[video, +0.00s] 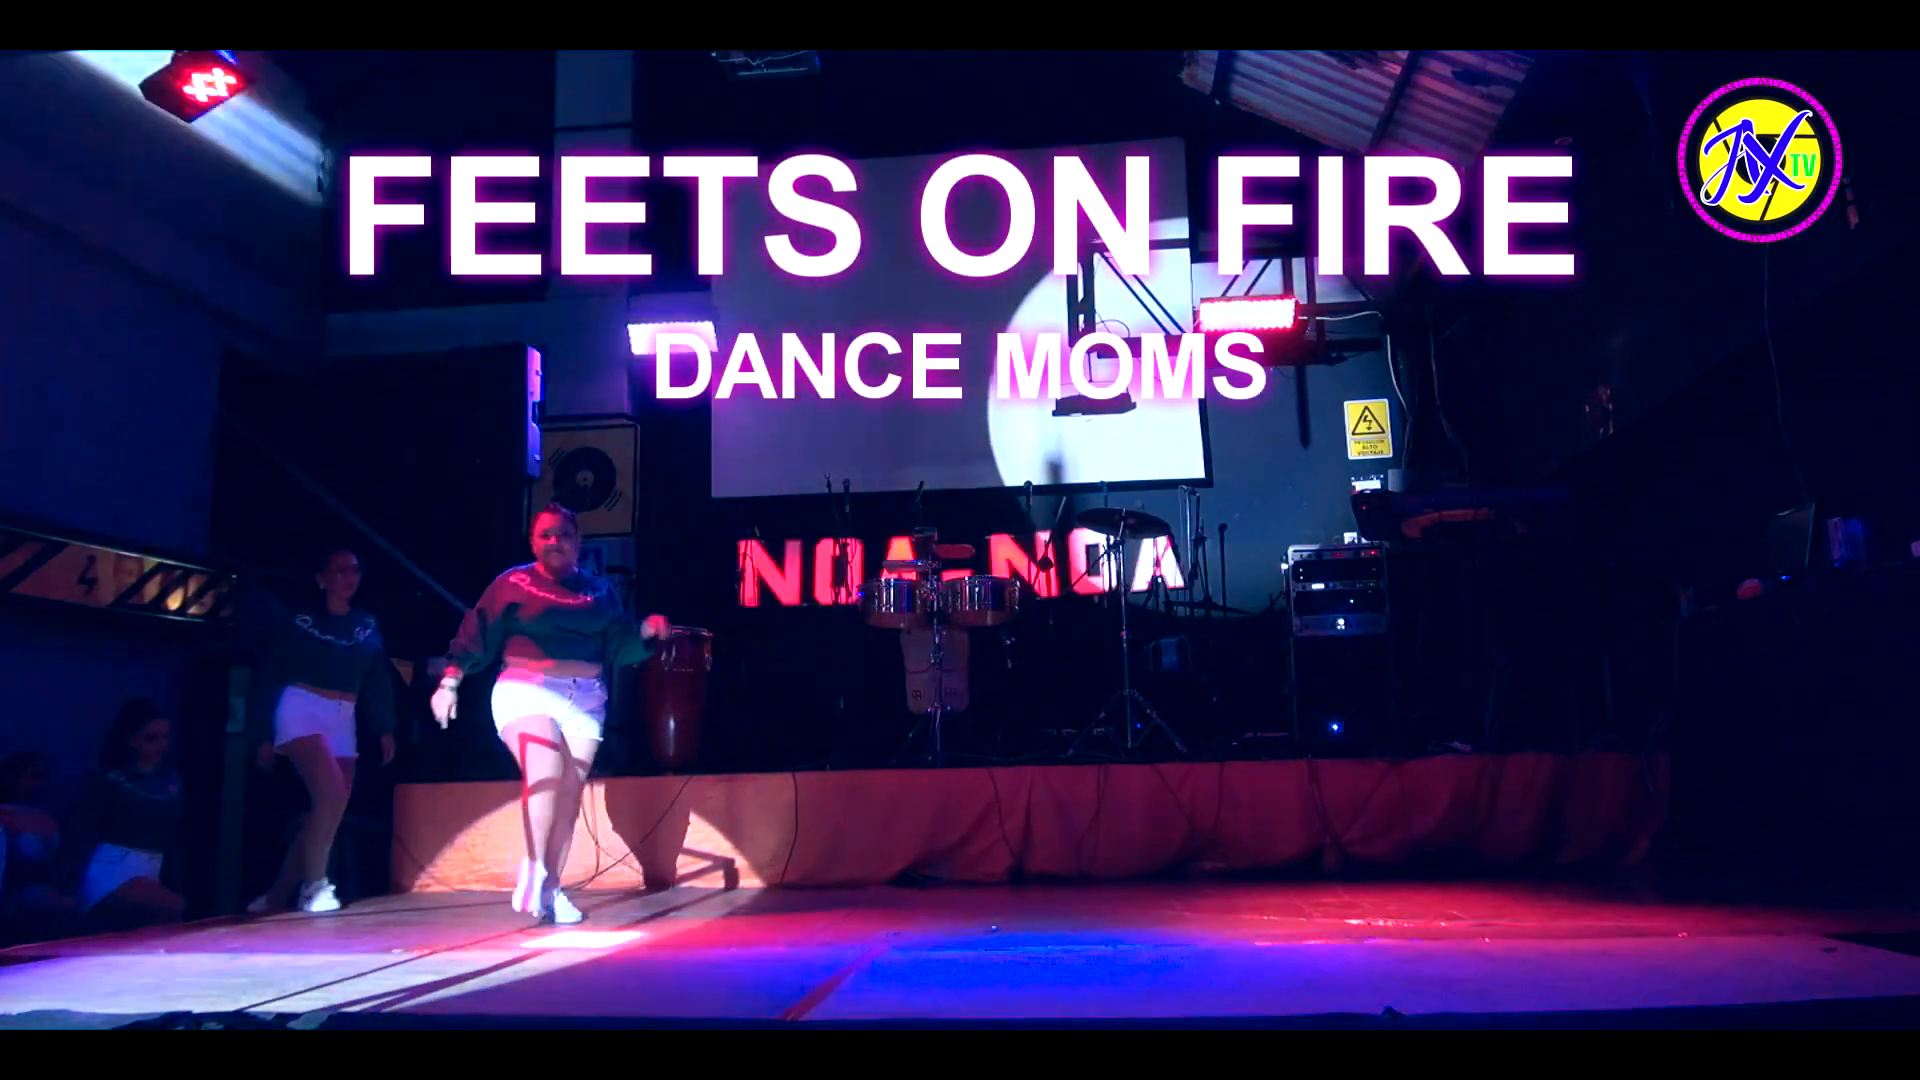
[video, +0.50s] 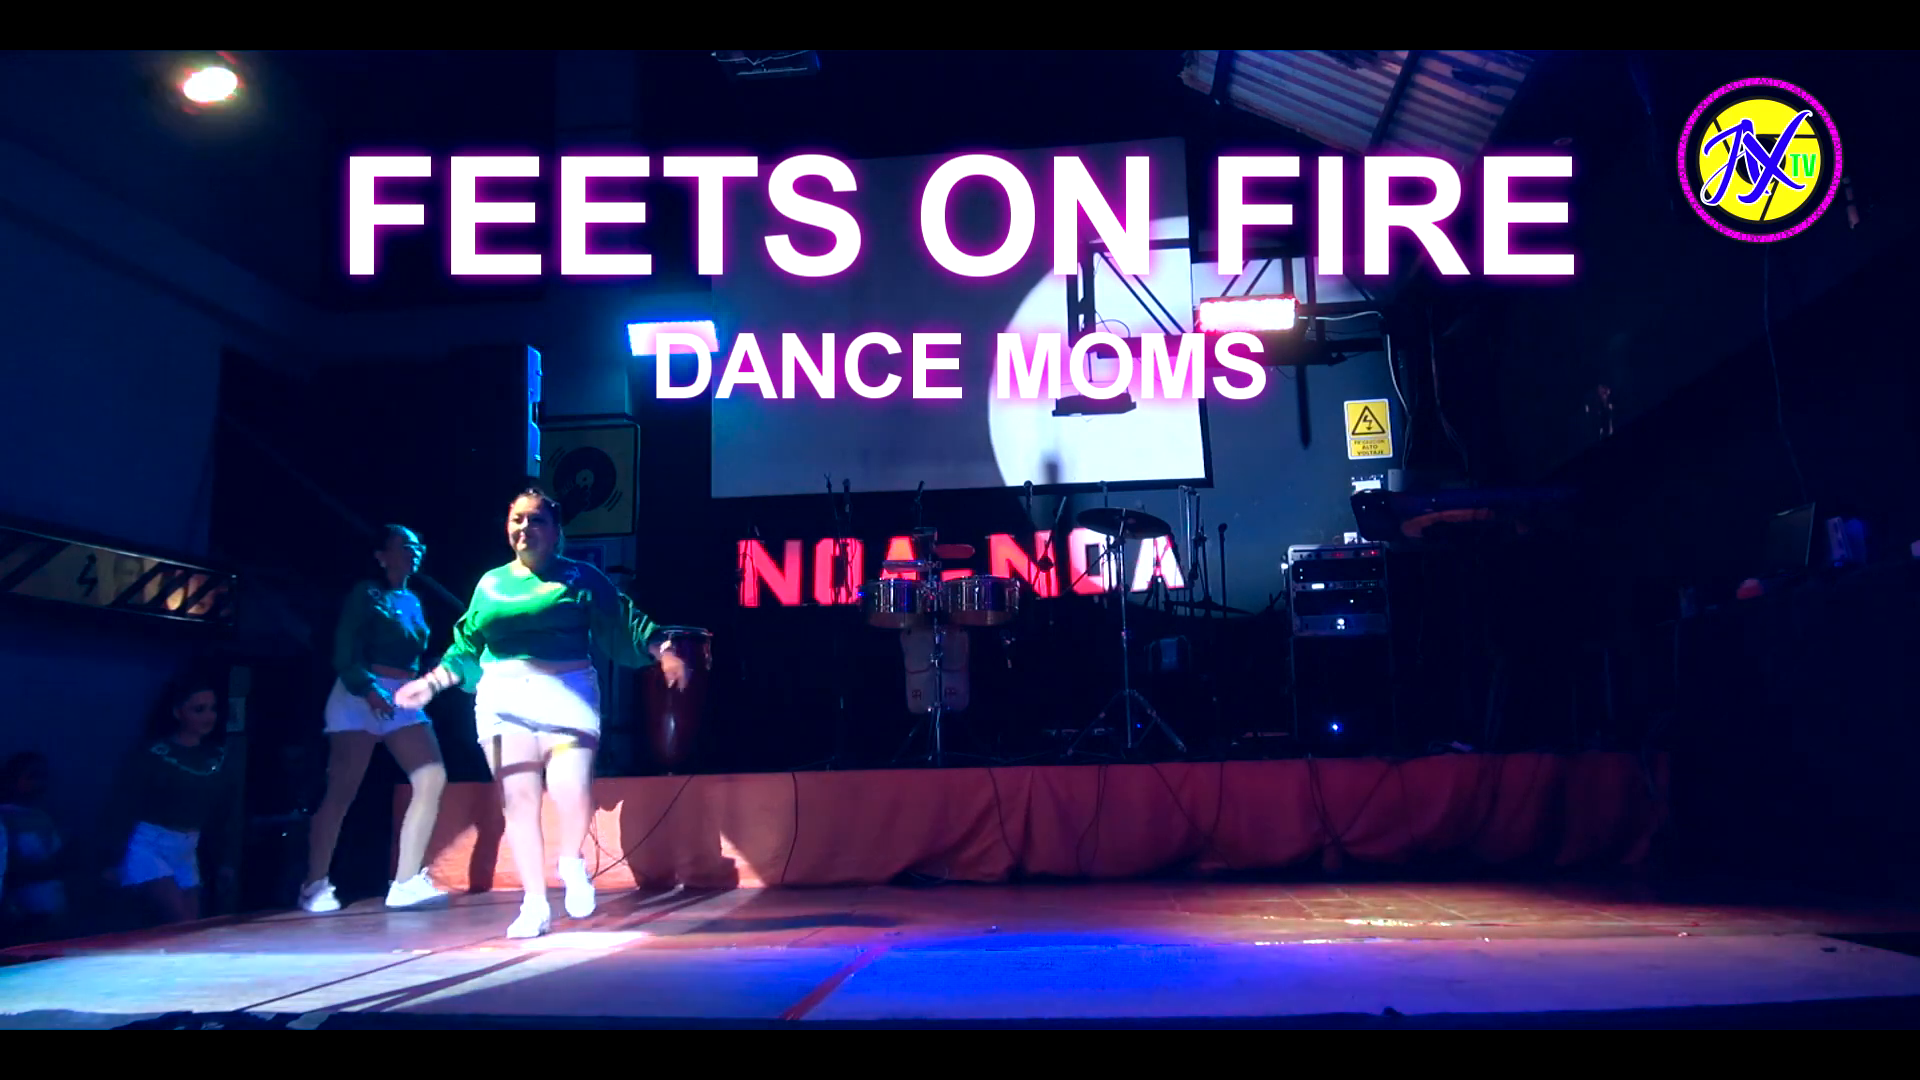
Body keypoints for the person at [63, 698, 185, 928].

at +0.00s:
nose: (161, 746)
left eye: (165, 738)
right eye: (152, 739)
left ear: (170, 738)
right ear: (132, 740)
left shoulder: (169, 782)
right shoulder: (110, 780)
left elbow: (177, 836)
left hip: (152, 868)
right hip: (111, 867)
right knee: (174, 906)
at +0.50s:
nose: (209, 716)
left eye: (213, 709)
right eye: (199, 709)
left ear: (217, 710)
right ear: (179, 712)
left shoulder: (216, 760)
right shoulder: (155, 754)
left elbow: (221, 814)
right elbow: (128, 803)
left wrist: (223, 862)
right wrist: (113, 857)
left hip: (187, 851)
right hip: (149, 847)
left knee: (188, 926)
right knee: (184, 923)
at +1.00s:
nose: (257, 684)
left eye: (260, 677)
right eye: (250, 675)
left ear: (263, 683)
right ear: (228, 679)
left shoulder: (254, 729)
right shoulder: (204, 724)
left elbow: (254, 781)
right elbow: (191, 779)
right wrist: (216, 826)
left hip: (239, 810)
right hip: (198, 811)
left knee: (266, 862)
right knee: (189, 897)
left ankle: (232, 926)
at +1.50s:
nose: (310, 626)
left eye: (313, 620)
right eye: (302, 619)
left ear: (315, 627)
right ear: (280, 623)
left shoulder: (313, 677)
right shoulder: (252, 669)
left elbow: (333, 726)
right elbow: (218, 716)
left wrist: (360, 764)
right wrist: (194, 763)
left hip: (288, 762)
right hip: (248, 759)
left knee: (271, 854)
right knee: (314, 800)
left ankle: (239, 924)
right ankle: (284, 881)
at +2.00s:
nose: (363, 586)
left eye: (365, 581)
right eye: (355, 580)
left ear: (366, 588)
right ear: (333, 585)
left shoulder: (367, 636)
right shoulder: (313, 629)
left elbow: (373, 693)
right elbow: (295, 678)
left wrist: (374, 739)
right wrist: (315, 720)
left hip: (350, 728)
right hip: (312, 724)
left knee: (365, 801)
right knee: (325, 807)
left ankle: (294, 847)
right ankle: (293, 887)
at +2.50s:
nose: (441, 585)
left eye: (443, 577)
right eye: (435, 578)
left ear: (451, 580)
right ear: (424, 584)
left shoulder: (461, 619)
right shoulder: (419, 622)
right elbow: (410, 667)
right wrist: (433, 702)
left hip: (459, 713)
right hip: (418, 714)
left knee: (470, 800)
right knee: (389, 798)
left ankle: (473, 885)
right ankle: (319, 871)